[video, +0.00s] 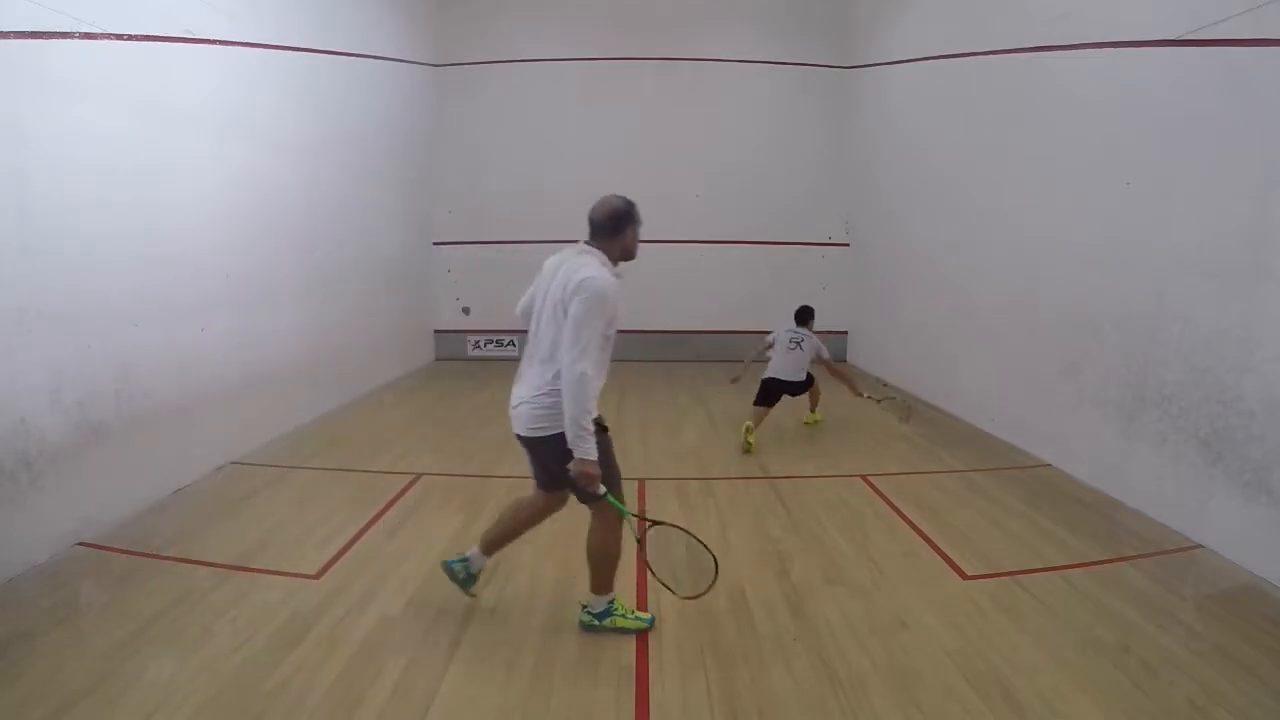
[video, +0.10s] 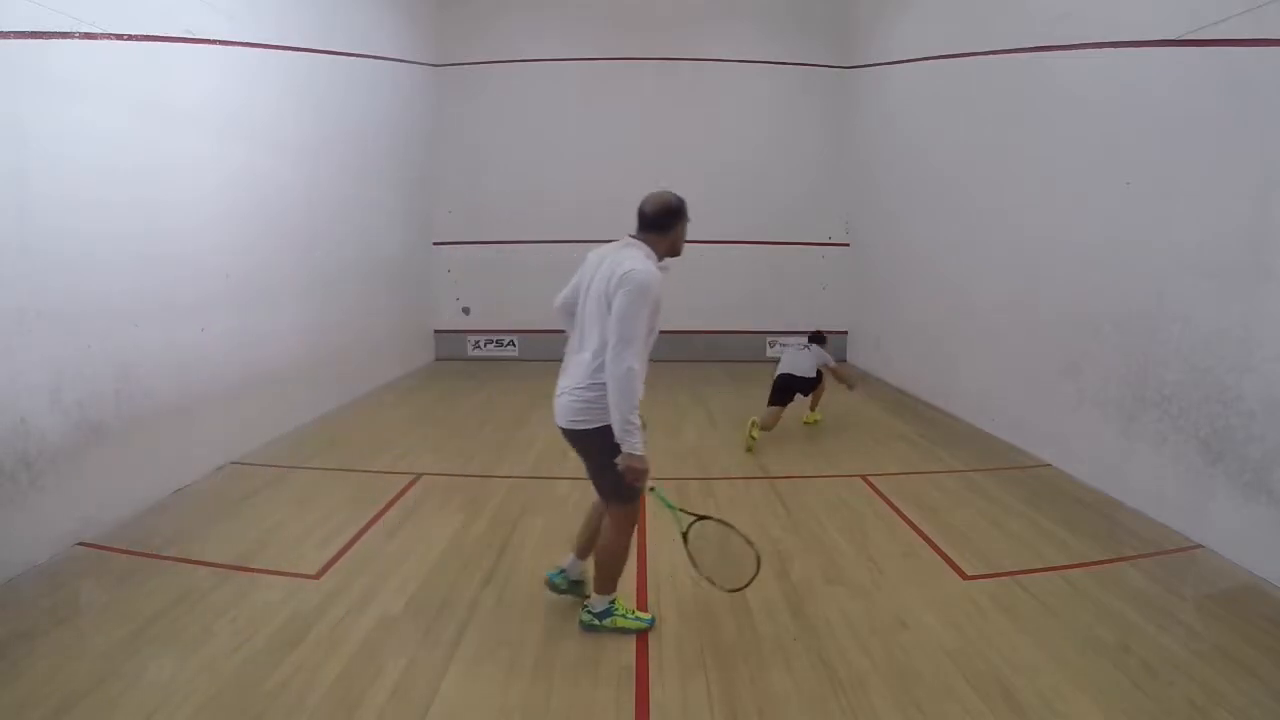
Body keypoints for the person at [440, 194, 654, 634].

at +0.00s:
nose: (639, 238)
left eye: (638, 231)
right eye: (636, 231)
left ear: (595, 229)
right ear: (621, 234)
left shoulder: (560, 261)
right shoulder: (598, 283)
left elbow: (523, 314)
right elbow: (579, 373)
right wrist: (584, 452)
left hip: (531, 413)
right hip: (563, 419)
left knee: (551, 495)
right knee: (609, 508)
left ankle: (471, 562)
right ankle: (600, 606)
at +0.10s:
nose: (685, 239)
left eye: (686, 231)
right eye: (684, 231)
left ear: (641, 224)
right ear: (673, 231)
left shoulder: (602, 255)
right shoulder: (642, 275)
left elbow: (565, 306)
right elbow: (624, 365)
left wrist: (599, 343)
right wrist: (632, 446)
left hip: (572, 406)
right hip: (597, 414)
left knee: (613, 492)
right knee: (624, 507)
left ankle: (574, 571)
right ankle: (601, 606)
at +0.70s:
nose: (939, 234)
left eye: (932, 227)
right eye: (938, 229)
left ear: (891, 229)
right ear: (933, 235)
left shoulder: (862, 266)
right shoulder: (919, 289)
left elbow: (825, 320)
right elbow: (926, 381)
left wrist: (861, 354)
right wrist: (959, 449)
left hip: (835, 416)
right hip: (872, 428)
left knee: (849, 496)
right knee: (933, 514)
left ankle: (810, 585)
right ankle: (904, 620)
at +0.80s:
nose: (987, 238)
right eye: (986, 232)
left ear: (940, 234)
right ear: (983, 239)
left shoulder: (910, 269)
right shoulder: (967, 296)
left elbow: (871, 321)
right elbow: (973, 394)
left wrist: (901, 369)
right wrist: (1006, 461)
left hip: (873, 420)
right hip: (915, 435)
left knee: (869, 499)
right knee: (972, 528)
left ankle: (816, 584)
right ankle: (994, 629)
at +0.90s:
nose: (1042, 244)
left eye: (1037, 237)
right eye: (1041, 239)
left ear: (994, 238)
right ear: (1035, 246)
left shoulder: (960, 275)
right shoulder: (1019, 304)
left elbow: (922, 325)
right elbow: (1023, 406)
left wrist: (964, 361)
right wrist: (1057, 475)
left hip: (926, 431)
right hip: (970, 445)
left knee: (916, 508)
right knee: (1017, 534)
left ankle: (837, 574)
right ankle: (1016, 637)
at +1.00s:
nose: (1096, 248)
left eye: (1094, 240)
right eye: (1096, 240)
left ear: (1050, 235)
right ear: (1087, 243)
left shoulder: (1008, 271)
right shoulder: (1066, 302)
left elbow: (968, 327)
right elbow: (1071, 404)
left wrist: (1014, 362)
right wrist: (1104, 479)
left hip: (979, 429)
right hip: (1017, 443)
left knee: (998, 514)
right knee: (1048, 539)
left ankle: (905, 572)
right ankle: (1018, 637)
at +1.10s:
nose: (1145, 252)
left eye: (1148, 242)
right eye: (1145, 240)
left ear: (1101, 228)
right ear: (1126, 234)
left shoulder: (1050, 264)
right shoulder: (1108, 291)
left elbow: (1009, 322)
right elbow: (1116, 398)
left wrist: (1053, 358)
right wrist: (1154, 473)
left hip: (1024, 430)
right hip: (1058, 440)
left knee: (1052, 522)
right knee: (1062, 541)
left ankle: (999, 597)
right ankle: (1019, 638)